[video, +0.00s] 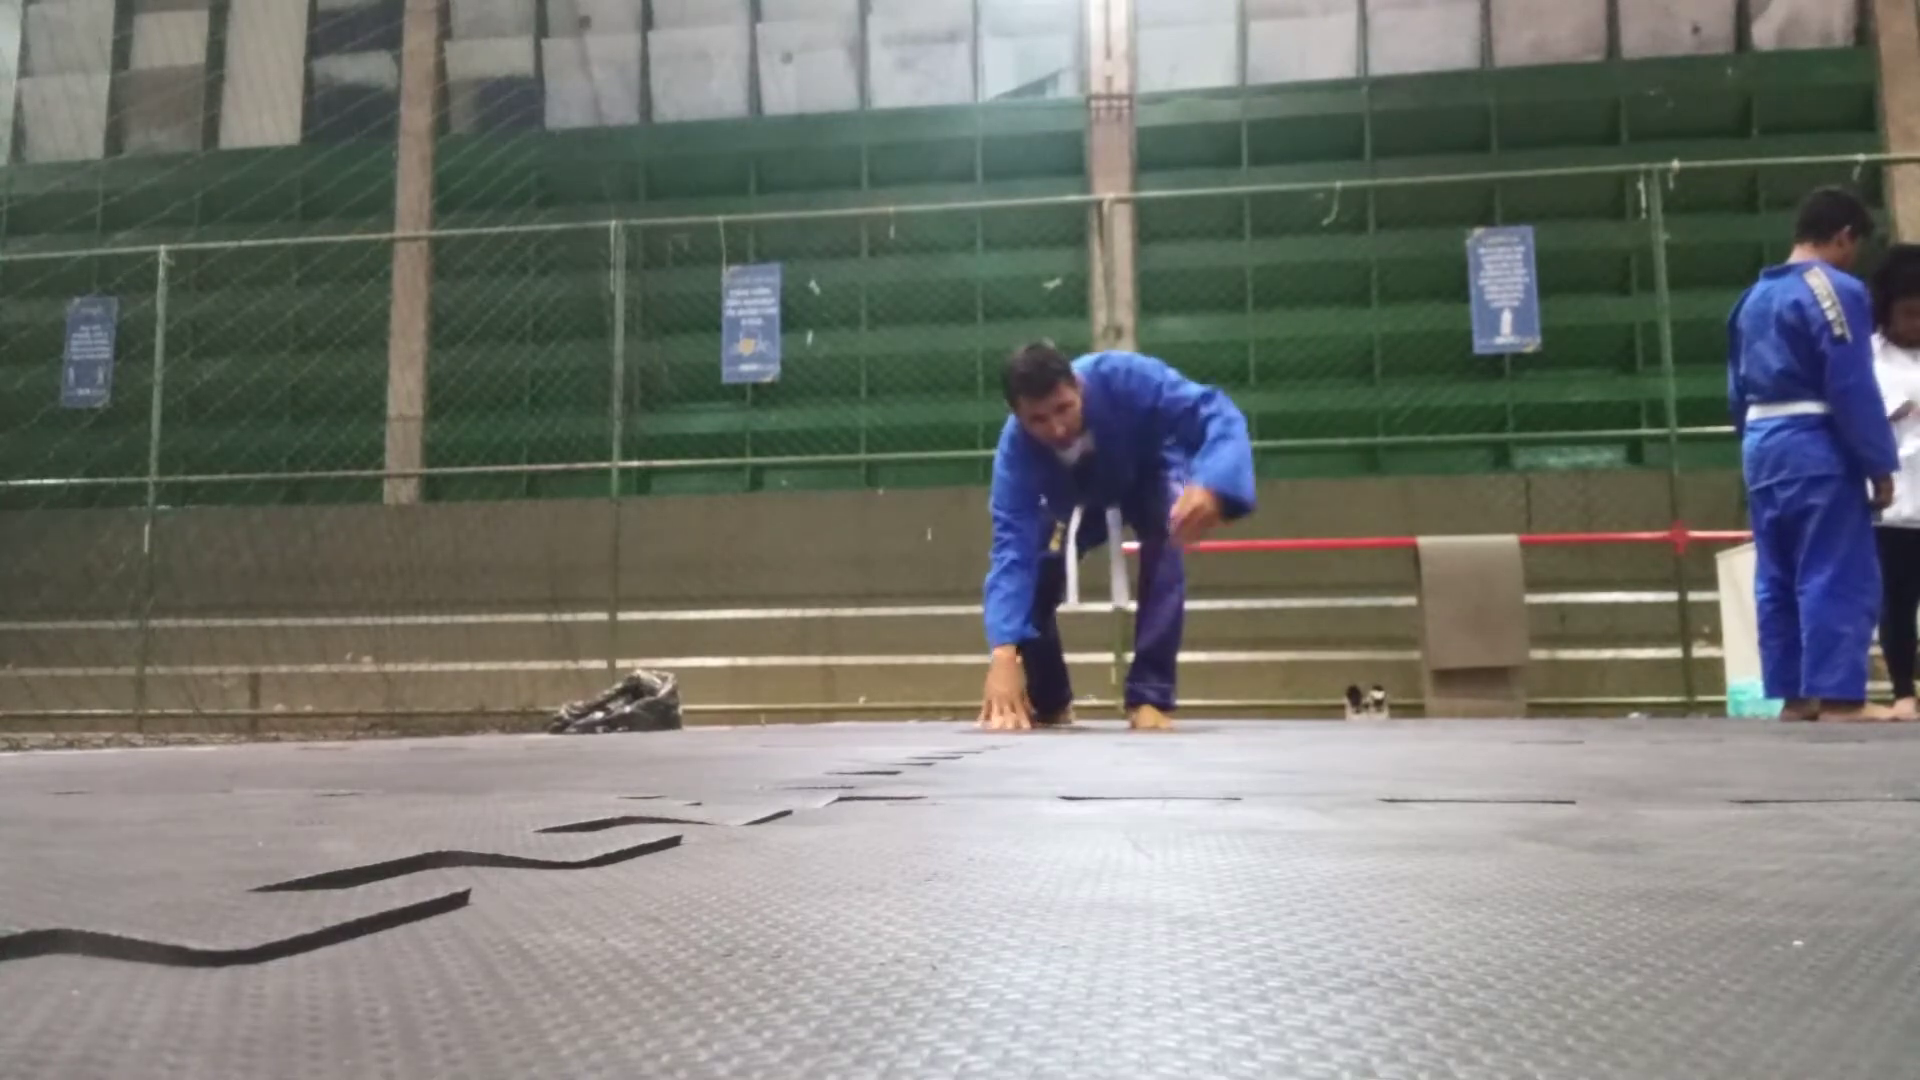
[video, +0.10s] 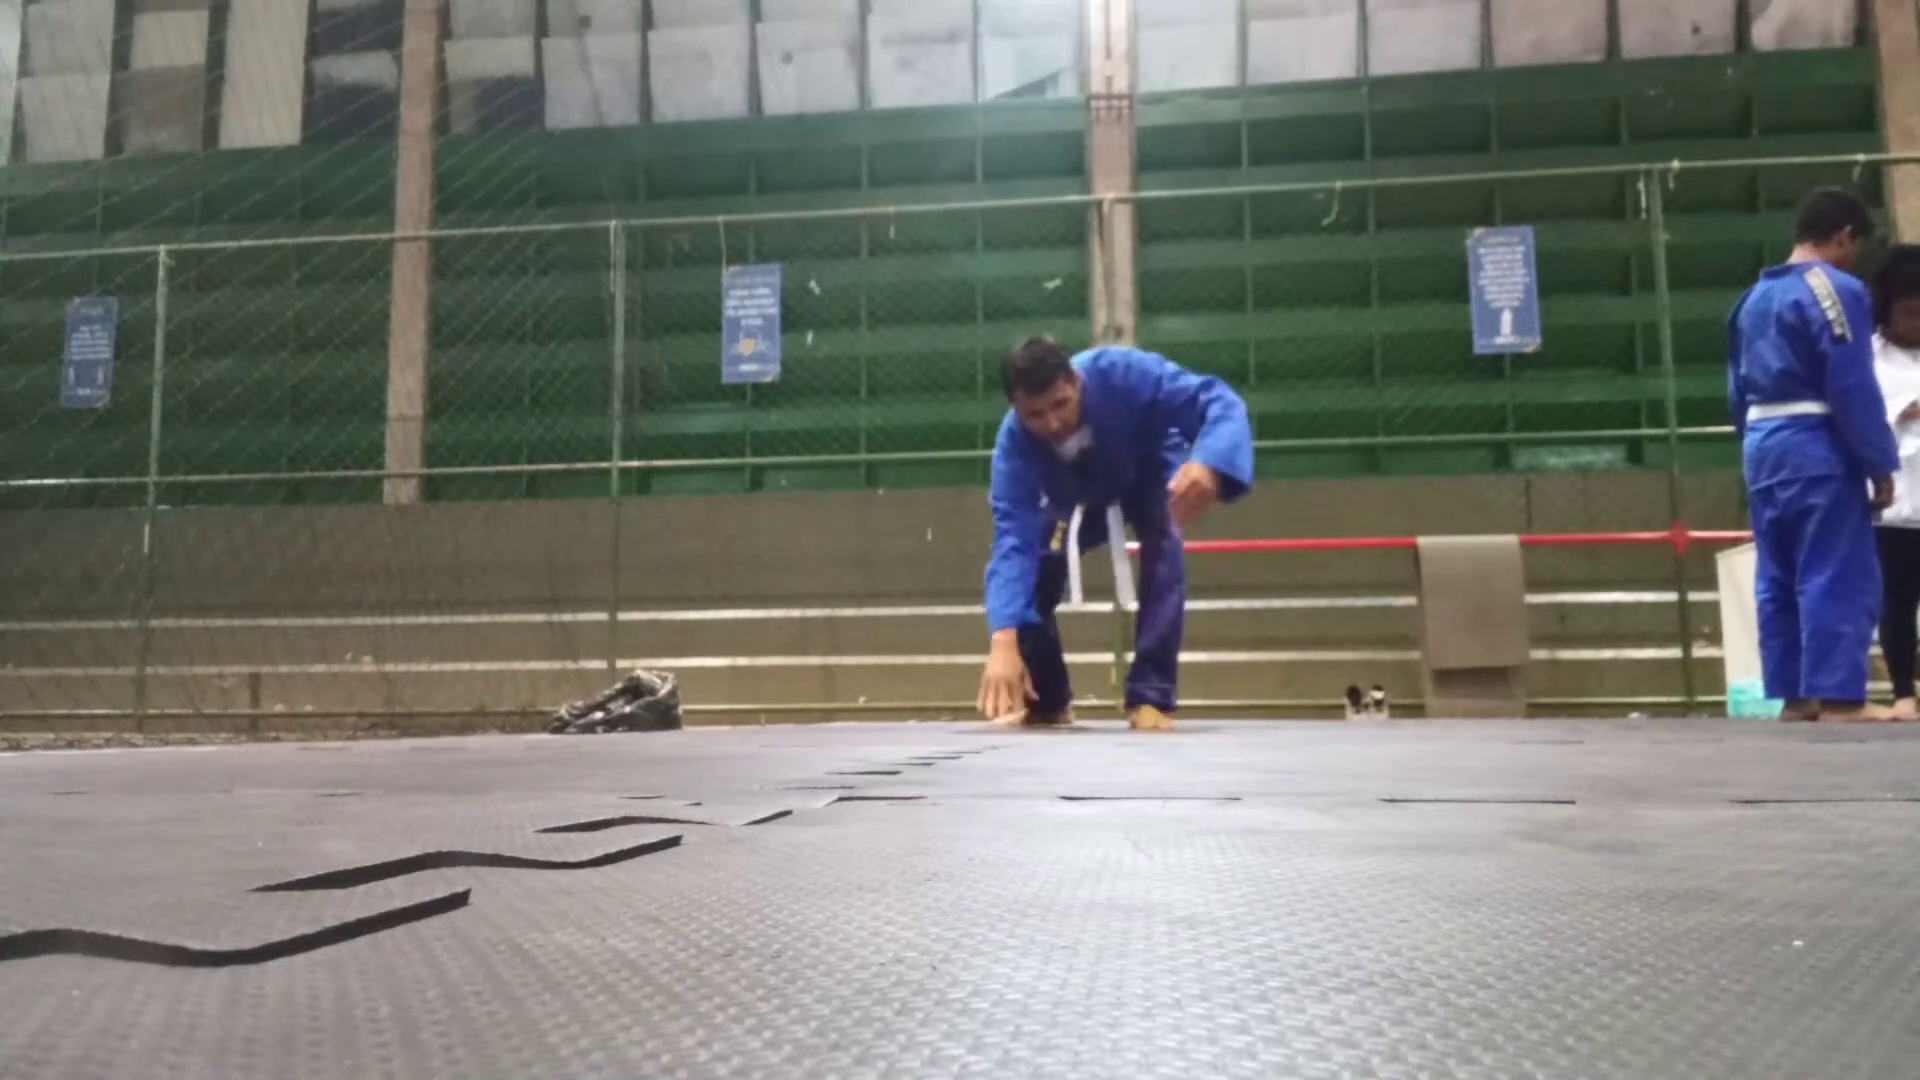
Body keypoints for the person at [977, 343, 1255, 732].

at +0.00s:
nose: (1057, 428)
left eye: (1064, 411)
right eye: (1039, 420)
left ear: (1078, 387)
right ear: (1019, 416)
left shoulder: (1120, 376)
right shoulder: (1017, 445)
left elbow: (1218, 414)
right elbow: (1011, 546)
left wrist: (1210, 486)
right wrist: (1004, 654)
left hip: (1148, 483)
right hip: (1083, 498)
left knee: (1163, 559)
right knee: (1028, 583)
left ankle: (1149, 702)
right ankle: (1049, 703)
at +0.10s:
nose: (1053, 423)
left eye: (1060, 406)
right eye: (1036, 414)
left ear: (1076, 383)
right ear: (1016, 409)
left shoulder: (1117, 371)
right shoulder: (1015, 443)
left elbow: (1220, 401)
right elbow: (1012, 539)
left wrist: (1208, 463)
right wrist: (1003, 641)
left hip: (1145, 485)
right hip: (1077, 499)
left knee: (1164, 561)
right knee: (1025, 590)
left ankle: (1149, 702)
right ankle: (1047, 703)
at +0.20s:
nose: (1052, 416)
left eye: (1061, 399)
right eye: (1037, 406)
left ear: (1078, 375)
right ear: (1017, 396)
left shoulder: (1119, 364)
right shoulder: (1012, 430)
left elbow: (1221, 396)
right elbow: (1004, 523)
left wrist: (1201, 450)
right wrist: (991, 618)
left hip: (1146, 480)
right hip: (1080, 493)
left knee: (1159, 564)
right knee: (1025, 587)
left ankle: (1149, 702)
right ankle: (1047, 704)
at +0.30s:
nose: (1051, 406)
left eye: (1061, 391)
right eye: (1037, 396)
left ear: (1080, 368)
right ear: (1019, 383)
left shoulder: (1122, 358)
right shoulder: (1012, 412)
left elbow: (1219, 402)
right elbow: (994, 503)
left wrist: (1192, 452)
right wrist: (976, 593)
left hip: (1142, 476)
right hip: (1074, 485)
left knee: (1152, 558)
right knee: (1030, 577)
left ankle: (1149, 701)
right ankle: (1048, 703)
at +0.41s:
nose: (1056, 398)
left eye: (1066, 385)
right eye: (1041, 388)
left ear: (1085, 361)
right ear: (1023, 376)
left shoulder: (1129, 358)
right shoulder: (1013, 400)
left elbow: (1211, 419)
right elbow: (986, 485)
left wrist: (1173, 477)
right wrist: (961, 574)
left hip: (1137, 476)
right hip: (1070, 482)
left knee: (1141, 567)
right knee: (1034, 582)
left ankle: (1142, 697)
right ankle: (1049, 702)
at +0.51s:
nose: (1059, 399)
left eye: (1070, 386)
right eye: (1045, 388)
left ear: (1092, 363)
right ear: (1028, 373)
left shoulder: (1138, 362)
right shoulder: (1016, 394)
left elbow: (1202, 443)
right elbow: (981, 480)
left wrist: (1148, 511)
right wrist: (951, 570)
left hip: (1140, 482)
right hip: (1070, 483)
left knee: (1136, 566)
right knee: (1041, 579)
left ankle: (1136, 700)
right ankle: (1054, 700)